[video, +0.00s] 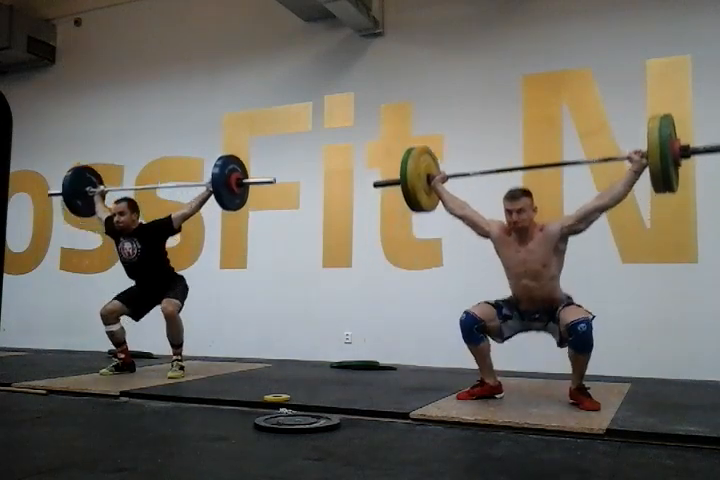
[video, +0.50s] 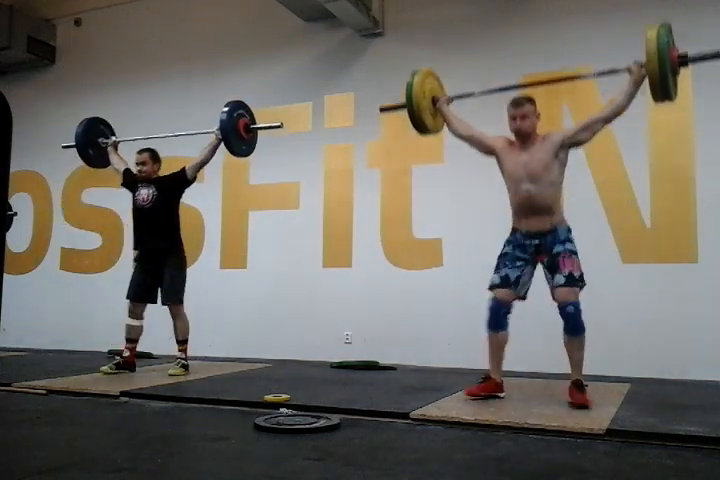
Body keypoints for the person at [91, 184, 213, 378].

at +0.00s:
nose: (117, 219)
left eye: (121, 215)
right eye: (114, 216)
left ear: (135, 215)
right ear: (113, 218)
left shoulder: (153, 230)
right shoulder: (117, 233)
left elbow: (188, 210)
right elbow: (102, 213)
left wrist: (210, 189)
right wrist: (97, 196)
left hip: (170, 284)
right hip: (144, 288)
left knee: (169, 310)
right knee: (108, 313)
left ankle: (177, 361)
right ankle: (124, 361)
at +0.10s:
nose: (119, 208)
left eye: (123, 203)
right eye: (117, 205)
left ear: (137, 204)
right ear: (115, 207)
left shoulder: (155, 220)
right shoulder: (118, 222)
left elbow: (186, 202)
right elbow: (103, 203)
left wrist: (211, 179)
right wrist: (98, 186)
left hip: (169, 276)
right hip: (144, 280)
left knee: (169, 309)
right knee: (110, 311)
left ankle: (177, 361)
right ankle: (124, 360)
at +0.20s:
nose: (121, 195)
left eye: (125, 191)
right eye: (119, 192)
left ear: (139, 192)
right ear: (118, 195)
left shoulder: (158, 207)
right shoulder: (121, 210)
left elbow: (191, 188)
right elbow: (106, 191)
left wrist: (213, 166)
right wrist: (101, 174)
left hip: (168, 269)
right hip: (142, 272)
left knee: (168, 306)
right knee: (113, 309)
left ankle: (177, 360)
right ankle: (125, 361)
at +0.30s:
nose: (123, 181)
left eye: (128, 177)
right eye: (122, 178)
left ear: (142, 179)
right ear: (121, 181)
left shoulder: (160, 194)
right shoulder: (123, 196)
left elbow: (191, 176)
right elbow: (109, 181)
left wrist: (213, 154)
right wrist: (105, 162)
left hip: (167, 261)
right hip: (140, 263)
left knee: (170, 304)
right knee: (121, 306)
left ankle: (178, 360)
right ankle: (125, 359)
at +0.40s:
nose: (129, 172)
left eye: (133, 168)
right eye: (128, 169)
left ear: (147, 169)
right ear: (128, 171)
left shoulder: (166, 185)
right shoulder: (128, 187)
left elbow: (194, 166)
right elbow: (112, 167)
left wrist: (216, 142)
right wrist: (108, 152)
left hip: (168, 258)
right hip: (141, 259)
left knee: (170, 304)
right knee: (128, 306)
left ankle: (182, 358)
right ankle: (126, 359)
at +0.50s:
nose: (139, 168)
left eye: (143, 164)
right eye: (137, 164)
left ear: (156, 164)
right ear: (135, 167)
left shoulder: (172, 182)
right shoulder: (135, 184)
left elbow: (200, 162)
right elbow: (118, 164)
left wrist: (219, 136)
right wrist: (111, 148)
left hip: (171, 257)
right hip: (145, 257)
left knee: (175, 306)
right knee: (136, 305)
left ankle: (182, 359)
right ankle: (128, 358)